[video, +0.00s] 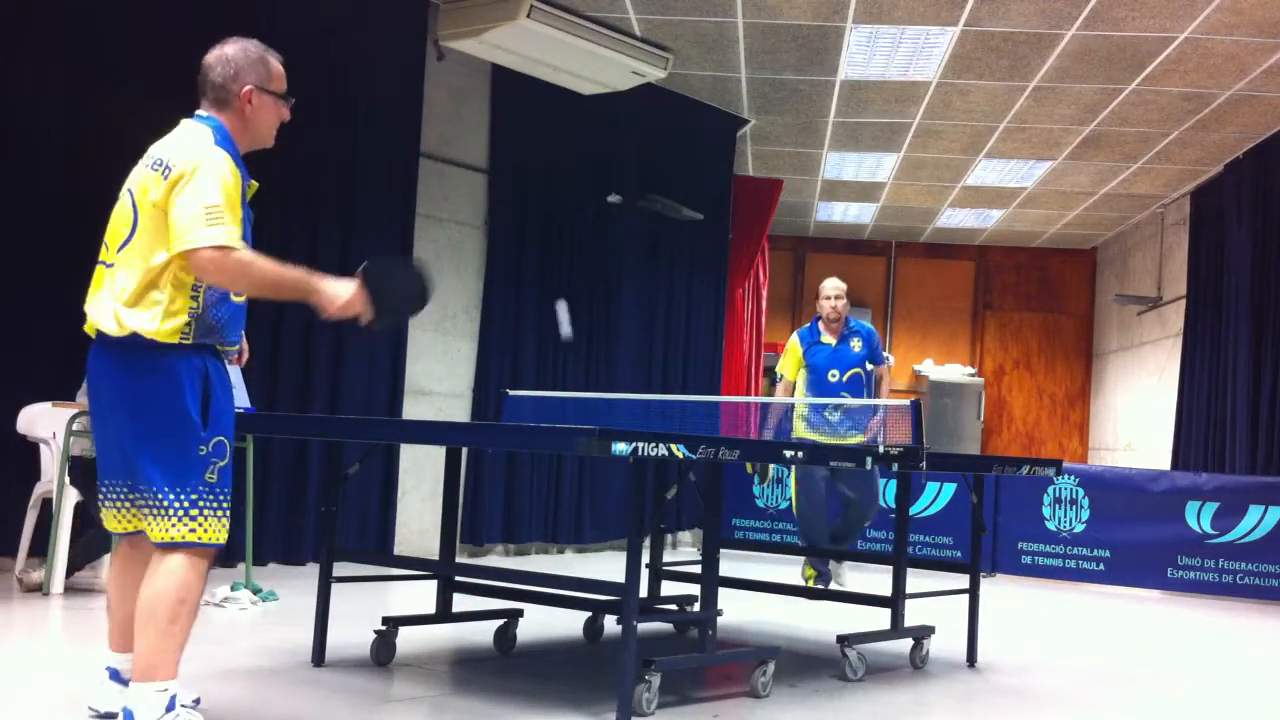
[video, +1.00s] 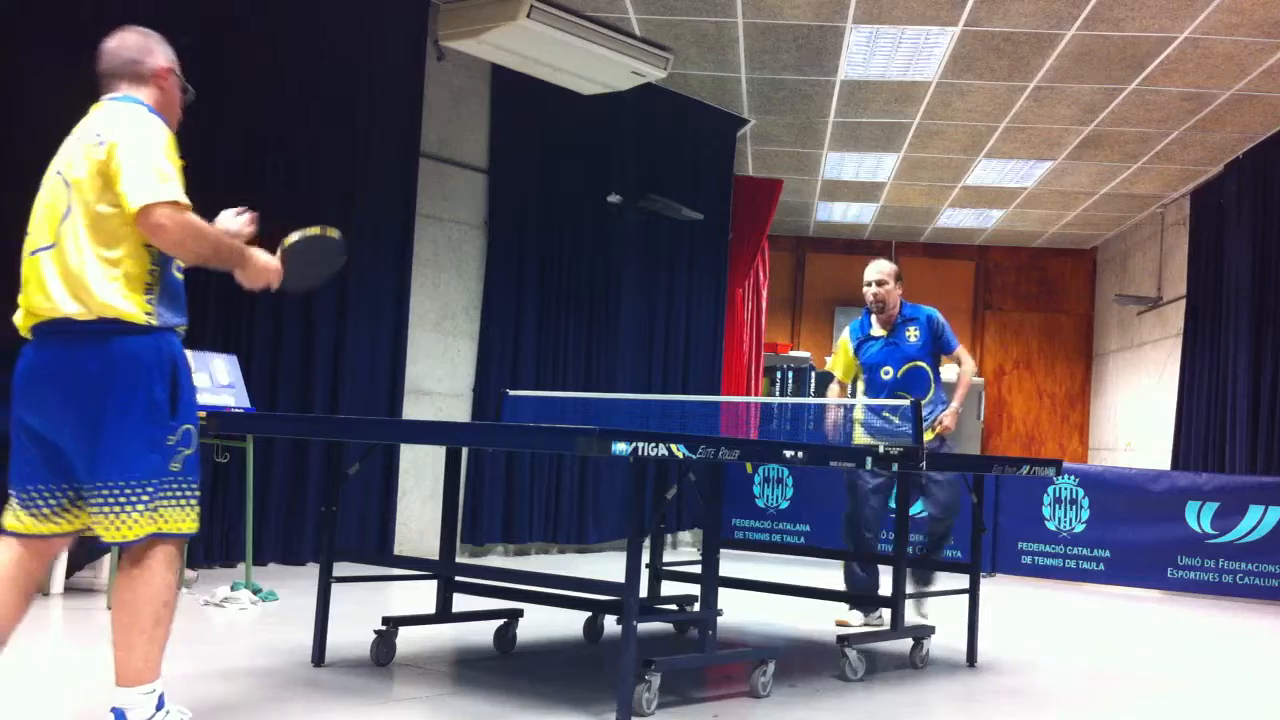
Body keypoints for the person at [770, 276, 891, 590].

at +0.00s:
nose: (834, 304)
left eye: (839, 298)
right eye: (827, 298)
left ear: (847, 302)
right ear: (817, 303)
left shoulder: (866, 334)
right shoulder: (801, 339)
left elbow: (883, 374)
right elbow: (784, 389)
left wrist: (880, 414)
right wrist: (768, 436)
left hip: (854, 439)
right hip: (810, 437)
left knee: (866, 501)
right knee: (812, 504)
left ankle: (834, 551)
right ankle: (818, 570)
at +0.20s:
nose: (839, 295)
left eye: (845, 289)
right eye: (834, 289)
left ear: (856, 293)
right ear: (824, 295)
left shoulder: (875, 328)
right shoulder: (808, 330)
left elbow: (890, 367)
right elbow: (793, 372)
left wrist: (886, 406)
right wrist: (797, 407)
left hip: (862, 435)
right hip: (818, 435)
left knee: (865, 505)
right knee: (815, 504)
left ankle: (871, 578)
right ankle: (816, 572)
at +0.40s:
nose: (853, 296)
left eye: (860, 290)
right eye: (848, 290)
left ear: (872, 295)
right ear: (839, 296)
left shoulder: (892, 331)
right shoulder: (823, 333)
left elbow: (908, 374)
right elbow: (803, 377)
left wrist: (905, 411)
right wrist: (822, 391)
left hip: (879, 444)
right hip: (832, 443)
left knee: (878, 519)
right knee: (826, 515)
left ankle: (872, 593)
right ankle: (817, 578)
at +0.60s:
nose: (867, 288)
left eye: (874, 282)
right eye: (861, 283)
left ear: (888, 287)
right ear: (854, 288)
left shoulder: (910, 324)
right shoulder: (839, 327)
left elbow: (930, 369)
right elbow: (817, 376)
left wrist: (927, 404)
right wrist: (824, 400)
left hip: (895, 438)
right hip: (849, 437)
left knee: (887, 517)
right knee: (841, 503)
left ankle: (873, 594)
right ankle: (830, 565)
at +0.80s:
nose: (869, 288)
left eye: (877, 281)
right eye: (864, 282)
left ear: (894, 285)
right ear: (858, 287)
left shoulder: (920, 321)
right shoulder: (846, 328)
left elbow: (953, 365)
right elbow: (829, 376)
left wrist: (941, 408)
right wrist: (824, 408)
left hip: (905, 439)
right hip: (859, 438)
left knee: (895, 517)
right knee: (864, 513)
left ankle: (880, 601)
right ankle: (859, 602)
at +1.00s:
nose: (873, 291)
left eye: (881, 283)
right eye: (867, 284)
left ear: (899, 287)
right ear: (862, 289)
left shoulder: (928, 320)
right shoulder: (854, 333)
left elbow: (967, 364)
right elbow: (838, 383)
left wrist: (954, 409)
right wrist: (833, 409)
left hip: (925, 441)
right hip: (872, 443)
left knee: (948, 503)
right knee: (862, 520)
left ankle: (922, 572)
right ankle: (865, 606)